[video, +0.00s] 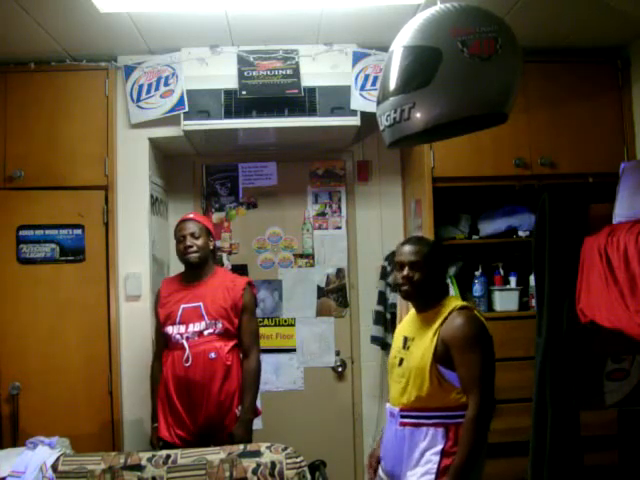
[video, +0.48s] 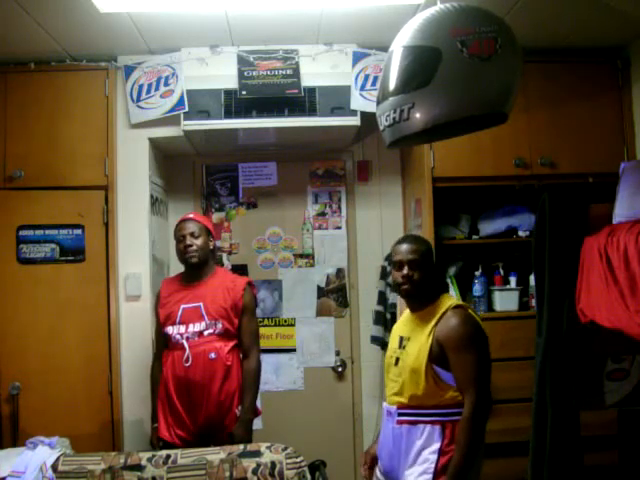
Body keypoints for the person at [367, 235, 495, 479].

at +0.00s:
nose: (405, 275)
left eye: (415, 267)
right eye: (400, 267)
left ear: (436, 271)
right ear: (393, 272)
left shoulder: (461, 324)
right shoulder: (411, 318)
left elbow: (480, 403)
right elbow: (407, 394)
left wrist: (457, 470)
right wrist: (381, 445)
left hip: (436, 444)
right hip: (398, 441)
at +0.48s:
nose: (405, 274)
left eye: (414, 266)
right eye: (398, 266)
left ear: (431, 270)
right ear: (390, 272)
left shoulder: (456, 324)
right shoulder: (407, 317)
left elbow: (477, 402)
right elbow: (403, 393)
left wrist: (456, 470)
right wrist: (379, 444)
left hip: (433, 444)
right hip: (395, 441)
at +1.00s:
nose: (406, 275)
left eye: (415, 267)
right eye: (398, 268)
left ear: (430, 270)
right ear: (390, 275)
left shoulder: (454, 324)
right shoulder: (404, 318)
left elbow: (476, 402)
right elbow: (398, 392)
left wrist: (455, 471)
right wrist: (374, 441)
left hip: (432, 445)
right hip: (392, 441)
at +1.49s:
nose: (404, 274)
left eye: (413, 266)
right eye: (395, 268)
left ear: (428, 270)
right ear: (388, 276)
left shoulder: (454, 324)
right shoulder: (400, 320)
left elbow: (477, 402)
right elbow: (397, 392)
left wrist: (455, 471)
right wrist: (370, 438)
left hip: (432, 447)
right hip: (391, 444)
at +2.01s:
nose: (404, 275)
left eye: (413, 267)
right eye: (395, 269)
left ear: (428, 271)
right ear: (386, 275)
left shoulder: (455, 323)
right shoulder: (401, 320)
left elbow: (481, 398)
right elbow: (395, 392)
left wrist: (457, 468)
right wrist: (371, 440)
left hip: (434, 447)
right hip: (391, 445)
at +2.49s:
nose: (407, 273)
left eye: (416, 265)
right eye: (398, 266)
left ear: (430, 270)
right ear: (389, 274)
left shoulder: (453, 314)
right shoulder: (395, 325)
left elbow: (475, 364)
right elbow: (392, 394)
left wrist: (451, 365)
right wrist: (364, 438)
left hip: (440, 436)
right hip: (394, 437)